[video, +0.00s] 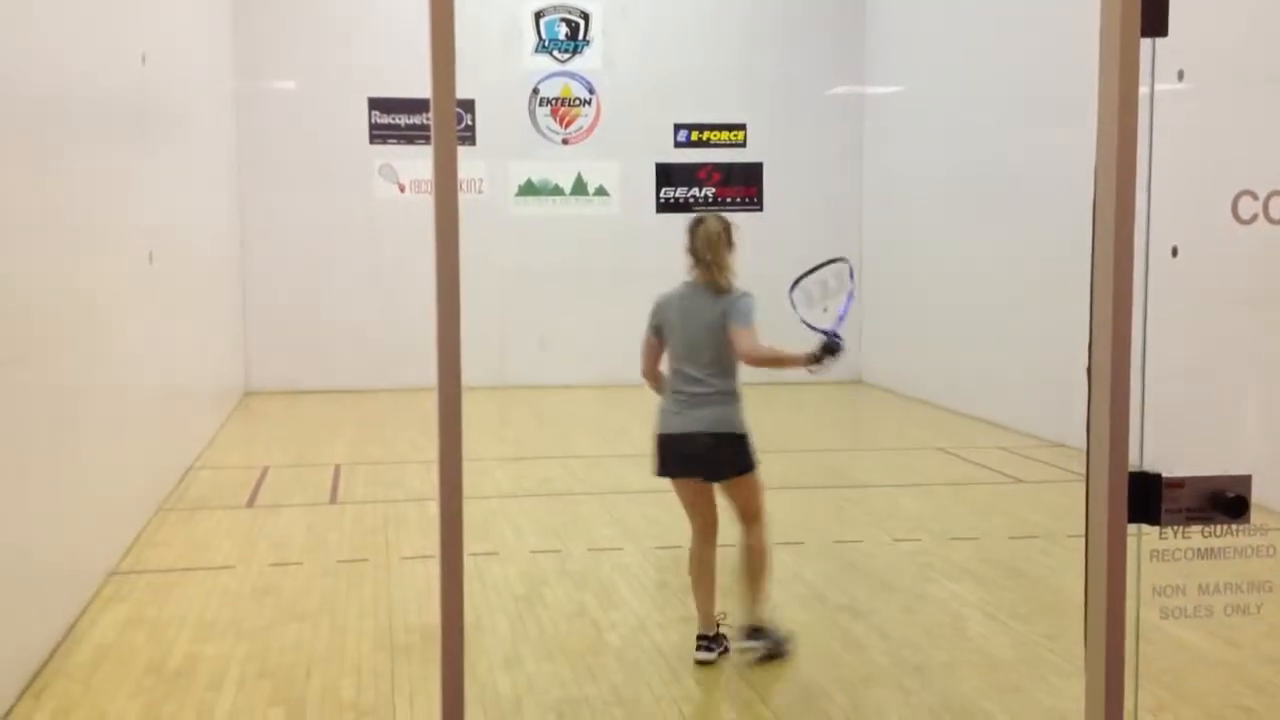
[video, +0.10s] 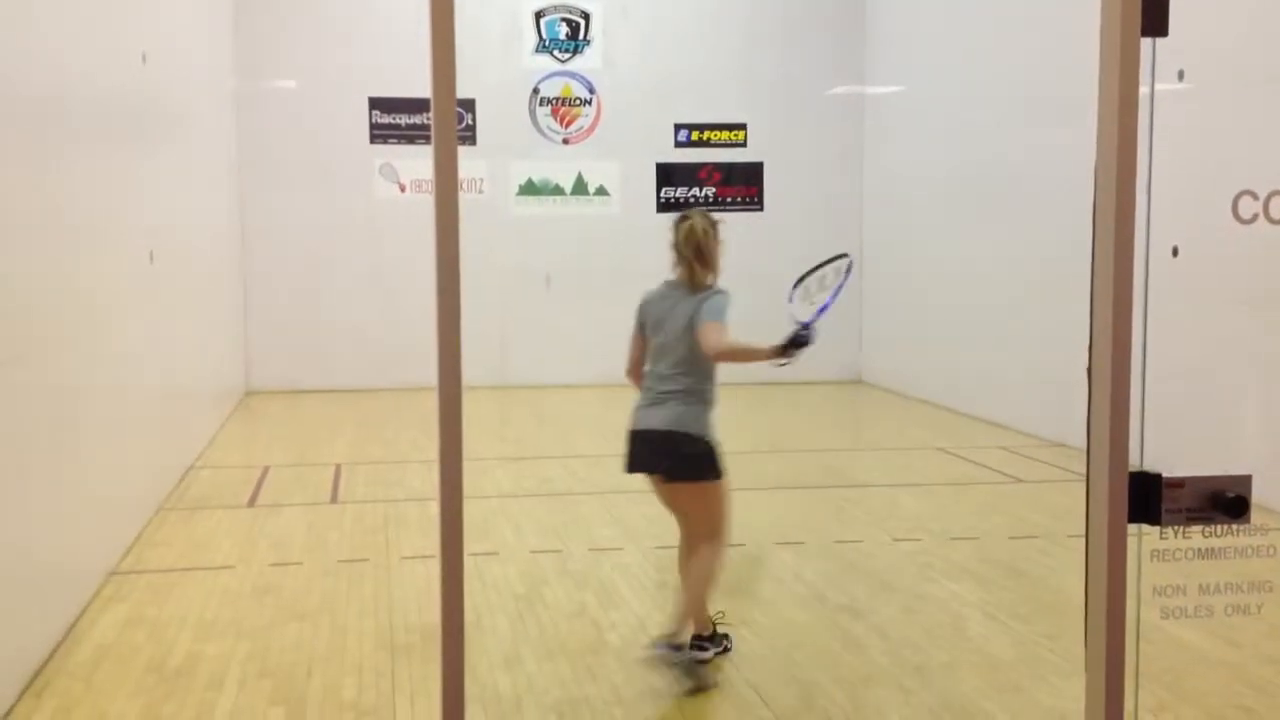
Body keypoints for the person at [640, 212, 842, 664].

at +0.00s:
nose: (734, 251)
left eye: (729, 242)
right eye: (732, 244)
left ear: (690, 250)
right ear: (727, 249)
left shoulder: (668, 302)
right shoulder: (734, 300)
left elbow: (649, 369)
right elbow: (749, 352)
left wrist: (677, 395)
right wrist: (806, 358)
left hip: (675, 436)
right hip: (723, 435)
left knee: (702, 529)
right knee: (752, 519)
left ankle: (707, 634)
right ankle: (754, 622)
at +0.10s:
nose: (722, 251)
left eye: (718, 242)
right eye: (719, 243)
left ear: (676, 249)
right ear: (711, 249)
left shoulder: (651, 300)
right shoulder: (711, 297)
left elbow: (635, 369)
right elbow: (713, 346)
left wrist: (671, 388)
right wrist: (776, 351)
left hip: (647, 434)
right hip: (686, 436)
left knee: (692, 535)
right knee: (711, 537)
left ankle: (701, 631)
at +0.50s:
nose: (633, 276)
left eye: (632, 268)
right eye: (632, 268)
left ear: (595, 268)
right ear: (624, 272)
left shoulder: (599, 320)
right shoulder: (595, 318)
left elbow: (591, 388)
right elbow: (563, 364)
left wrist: (641, 416)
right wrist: (618, 385)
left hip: (548, 446)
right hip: (537, 448)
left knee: (584, 540)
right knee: (570, 563)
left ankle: (522, 613)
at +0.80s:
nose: (589, 296)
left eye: (589, 288)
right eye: (589, 288)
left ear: (555, 281)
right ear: (579, 291)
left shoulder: (557, 333)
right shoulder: (536, 330)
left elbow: (555, 380)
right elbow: (502, 374)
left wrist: (576, 378)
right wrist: (557, 381)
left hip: (494, 446)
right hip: (476, 448)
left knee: (525, 530)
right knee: (499, 551)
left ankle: (472, 624)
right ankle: (461, 662)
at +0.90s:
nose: (591, 293)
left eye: (592, 286)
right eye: (591, 285)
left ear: (559, 278)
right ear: (577, 285)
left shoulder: (559, 325)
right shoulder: (536, 316)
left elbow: (576, 378)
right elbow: (497, 341)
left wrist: (592, 384)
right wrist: (550, 353)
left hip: (475, 429)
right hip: (461, 430)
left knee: (505, 515)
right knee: (501, 526)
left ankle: (469, 612)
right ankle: (460, 631)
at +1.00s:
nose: (584, 304)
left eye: (587, 297)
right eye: (583, 295)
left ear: (556, 287)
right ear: (571, 295)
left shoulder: (556, 341)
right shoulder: (531, 320)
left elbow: (572, 398)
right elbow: (485, 330)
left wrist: (590, 408)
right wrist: (539, 330)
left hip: (470, 434)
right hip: (454, 435)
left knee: (486, 517)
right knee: (481, 539)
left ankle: (467, 597)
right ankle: (453, 643)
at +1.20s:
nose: (575, 342)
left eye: (578, 334)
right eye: (577, 334)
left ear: (541, 320)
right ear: (565, 332)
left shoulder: (509, 347)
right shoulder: (531, 373)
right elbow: (544, 440)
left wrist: (546, 410)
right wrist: (546, 413)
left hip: (425, 428)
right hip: (448, 444)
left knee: (469, 492)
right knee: (452, 544)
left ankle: (458, 582)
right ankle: (447, 639)